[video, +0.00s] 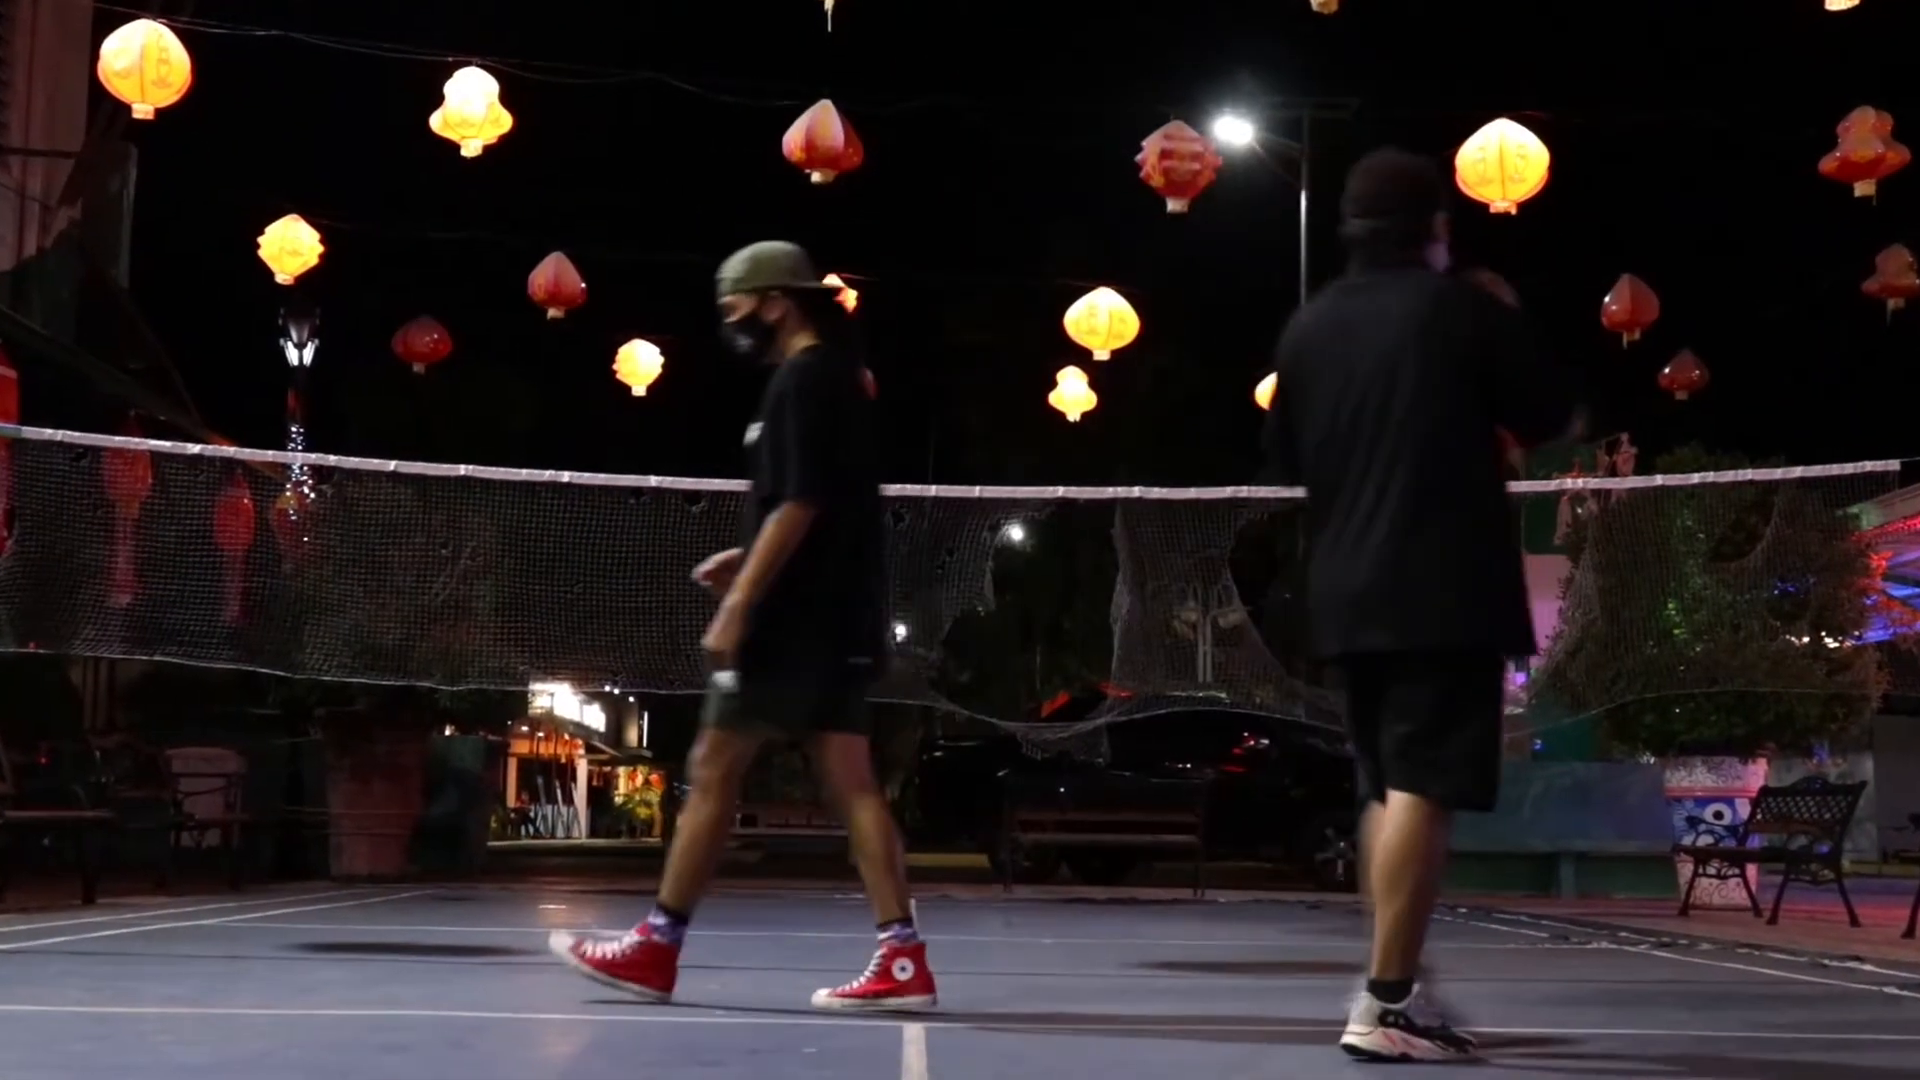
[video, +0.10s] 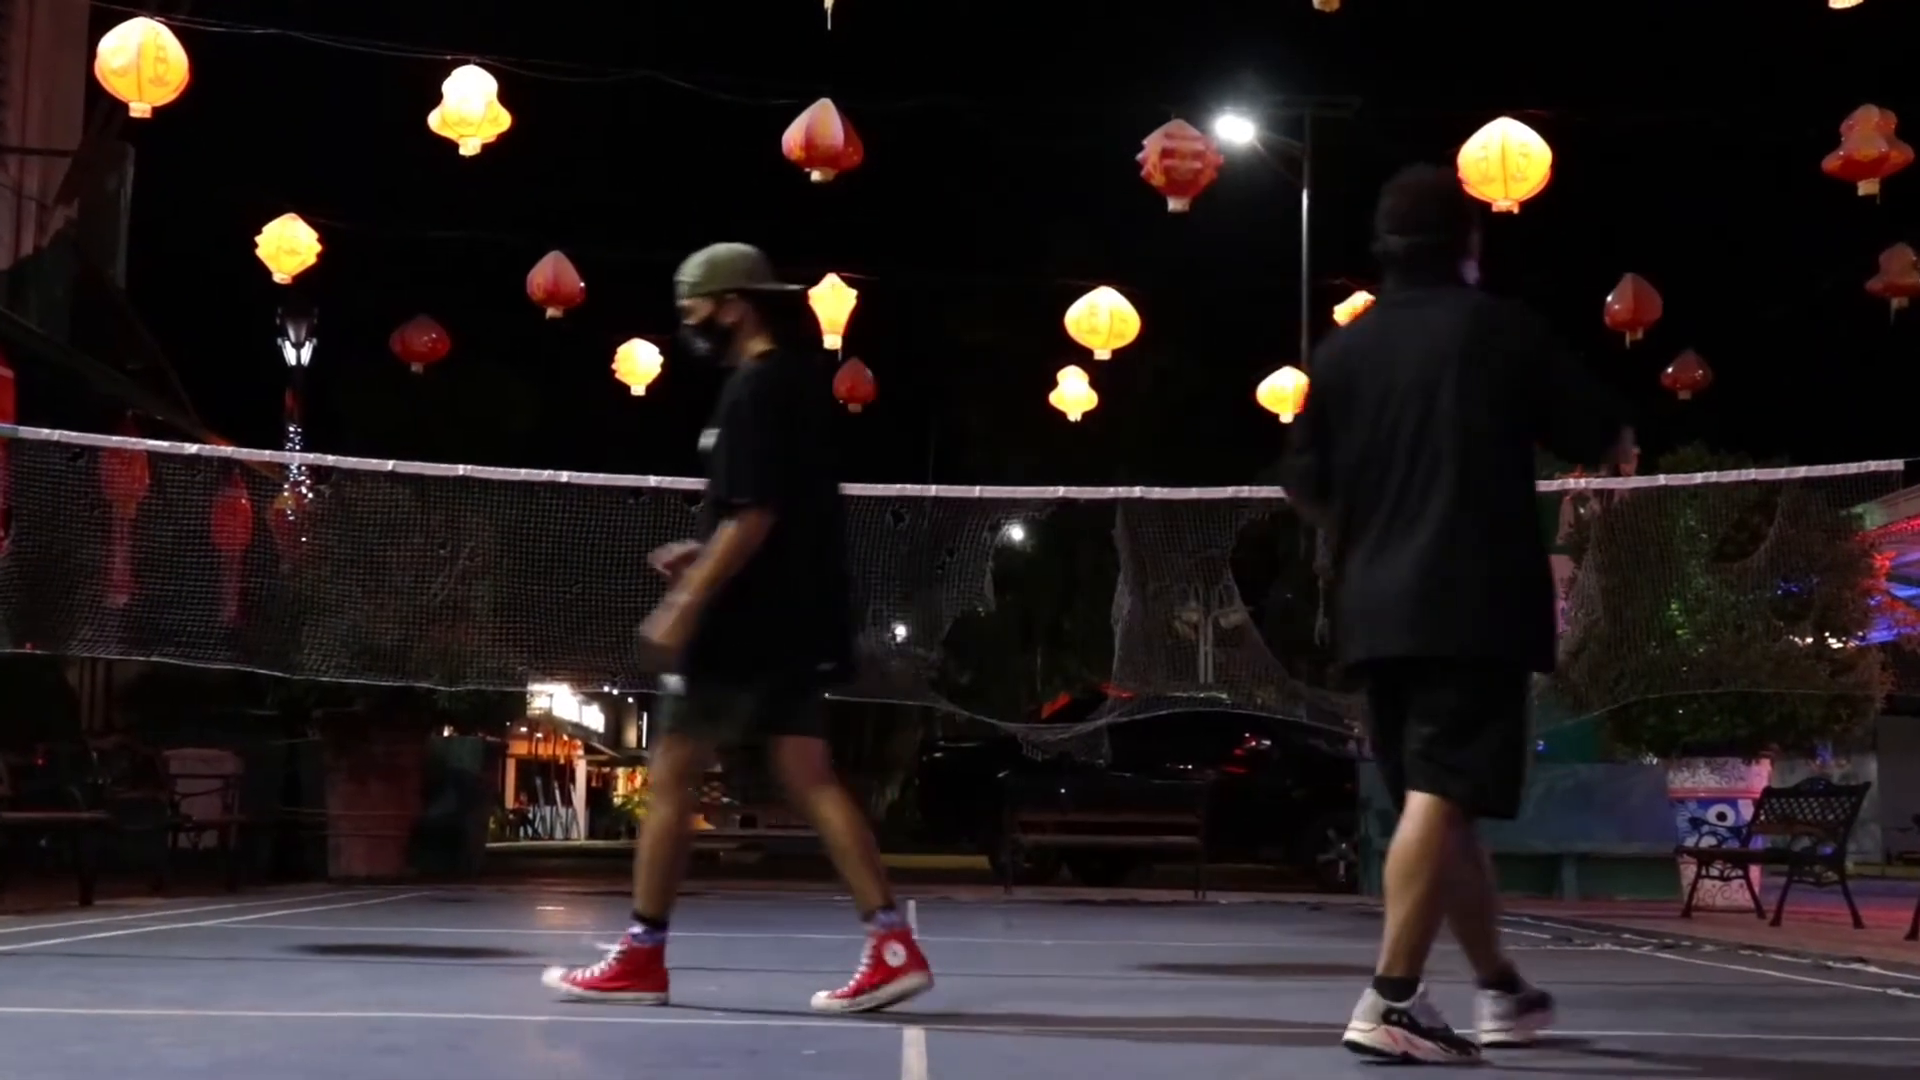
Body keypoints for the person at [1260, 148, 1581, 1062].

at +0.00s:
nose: (1451, 231)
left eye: (1442, 218)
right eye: (1447, 218)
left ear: (1353, 230)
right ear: (1434, 228)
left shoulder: (1309, 329)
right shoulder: (1464, 310)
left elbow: (1292, 458)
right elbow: (1542, 416)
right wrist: (1505, 315)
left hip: (1349, 585)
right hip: (1448, 584)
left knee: (1389, 786)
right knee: (1420, 789)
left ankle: (1400, 988)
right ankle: (1383, 1003)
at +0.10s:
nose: (1481, 252)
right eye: (1476, 240)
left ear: (1384, 250)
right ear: (1467, 247)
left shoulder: (1344, 351)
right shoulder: (1503, 332)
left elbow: (1304, 477)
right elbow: (1597, 438)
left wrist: (1372, 514)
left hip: (1378, 599)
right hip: (1482, 595)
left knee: (1439, 803)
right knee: (1435, 795)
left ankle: (1503, 992)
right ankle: (1387, 1001)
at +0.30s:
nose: (1521, 259)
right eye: (1515, 246)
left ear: (1425, 262)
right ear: (1508, 254)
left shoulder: (1391, 358)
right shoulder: (1557, 341)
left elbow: (1336, 488)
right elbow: (1628, 466)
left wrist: (1386, 580)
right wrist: (1639, 563)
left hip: (1428, 606)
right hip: (1536, 601)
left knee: (1467, 796)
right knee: (1548, 787)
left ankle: (1509, 989)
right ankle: (1453, 936)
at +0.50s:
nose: (1563, 268)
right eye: (1557, 255)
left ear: (1468, 270)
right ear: (1552, 264)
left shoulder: (1433, 367)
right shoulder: (1592, 353)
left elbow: (1406, 512)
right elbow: (1635, 495)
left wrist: (1434, 601)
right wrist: (1662, 611)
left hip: (1475, 615)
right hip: (1579, 609)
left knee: (1499, 791)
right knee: (1624, 776)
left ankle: (1517, 997)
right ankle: (1594, 947)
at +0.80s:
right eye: (1626, 286)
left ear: (1536, 296)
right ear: (1620, 295)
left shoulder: (1498, 395)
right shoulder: (1655, 387)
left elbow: (1475, 530)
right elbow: (1714, 523)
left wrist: (1530, 580)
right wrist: (1690, 606)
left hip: (1528, 637)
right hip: (1640, 636)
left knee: (1533, 804)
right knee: (1653, 823)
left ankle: (1524, 993)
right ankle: (1686, 998)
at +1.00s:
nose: (1677, 296)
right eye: (1669, 286)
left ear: (1579, 306)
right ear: (1662, 302)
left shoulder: (1539, 399)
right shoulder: (1697, 392)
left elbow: (1519, 533)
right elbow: (1752, 504)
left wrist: (1531, 632)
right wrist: (1726, 394)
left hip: (1574, 638)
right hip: (1683, 637)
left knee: (1575, 795)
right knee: (1687, 809)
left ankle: (1564, 923)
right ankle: (1689, 1003)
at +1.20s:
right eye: (1665, 307)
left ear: (1587, 322)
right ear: (1666, 317)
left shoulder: (1559, 408)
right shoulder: (1716, 395)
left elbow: (1531, 548)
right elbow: (1746, 513)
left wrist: (1520, 655)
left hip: (1601, 643)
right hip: (1710, 639)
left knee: (1608, 805)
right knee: (1697, 810)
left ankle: (1632, 983)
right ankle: (1696, 1001)